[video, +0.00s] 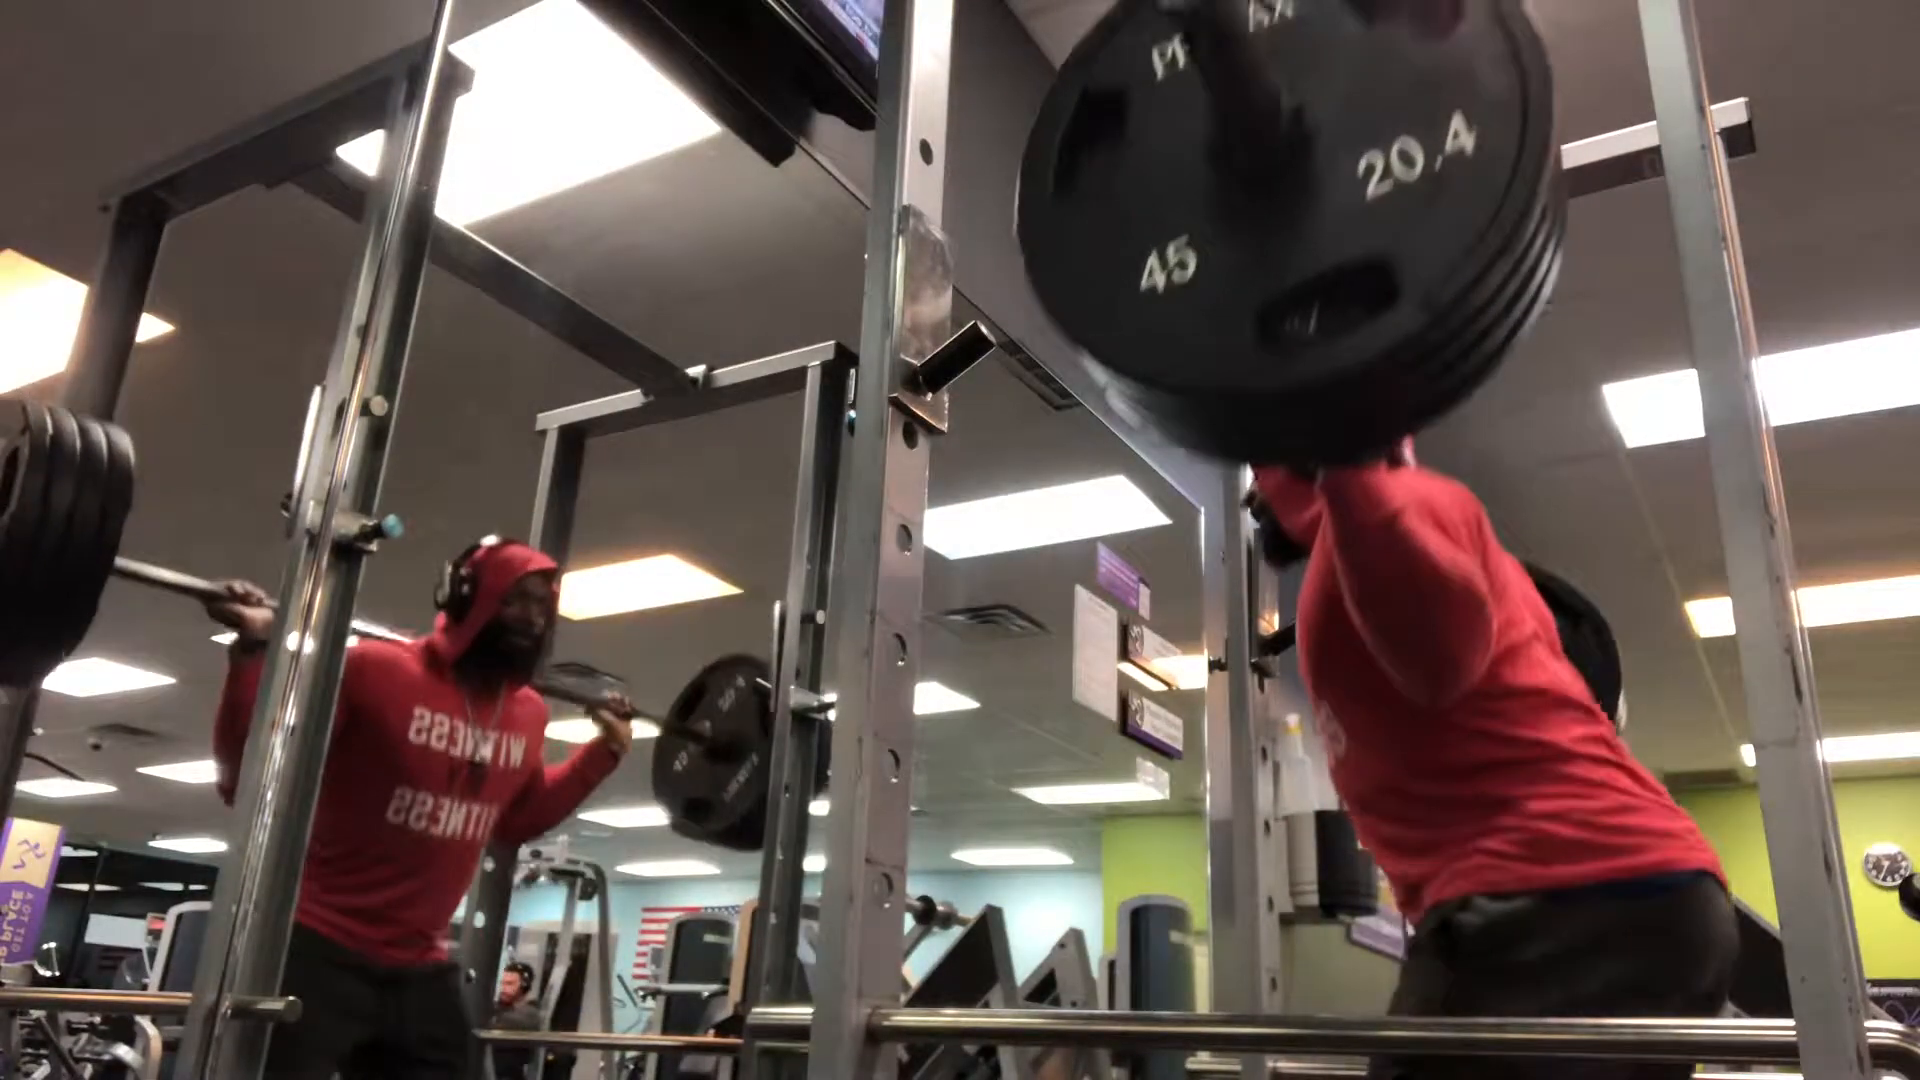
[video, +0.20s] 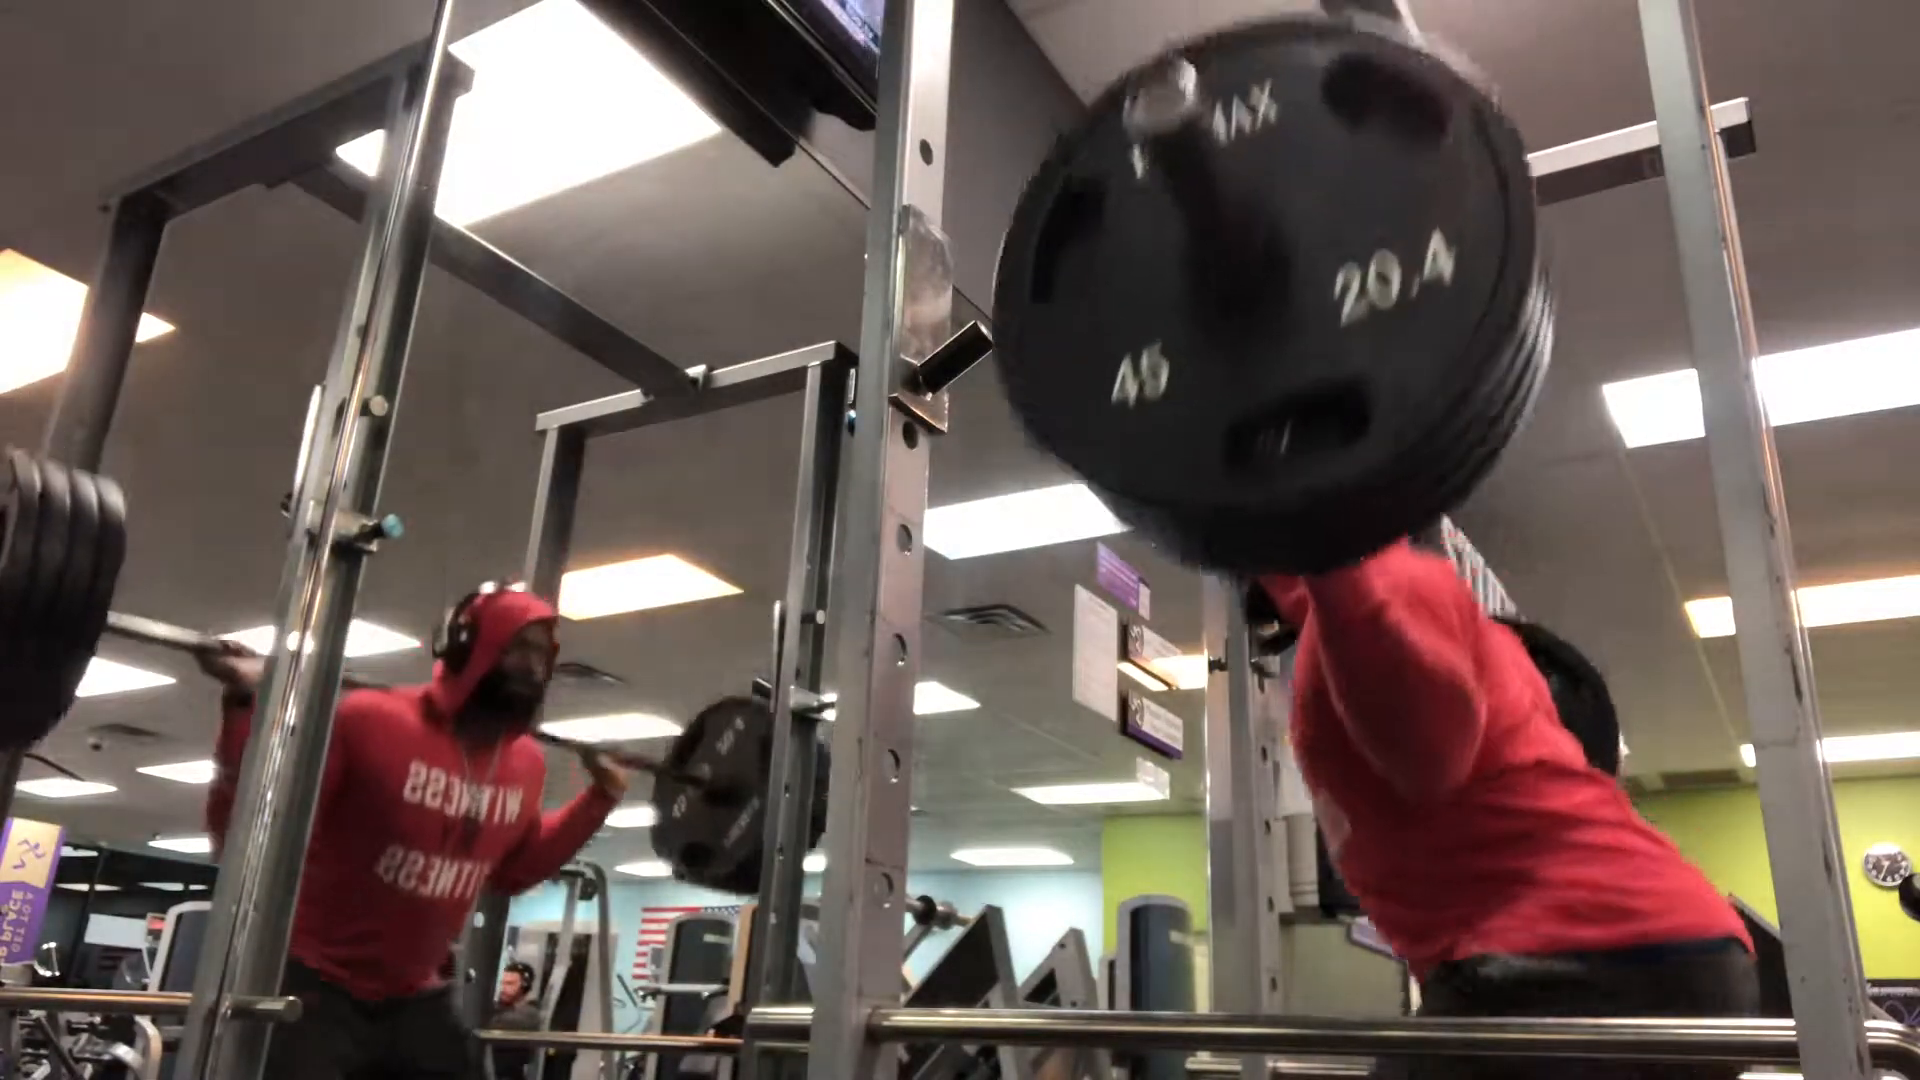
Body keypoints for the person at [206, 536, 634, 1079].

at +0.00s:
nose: (535, 617)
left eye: (545, 604)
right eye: (520, 599)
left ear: (556, 616)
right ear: (474, 600)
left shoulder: (525, 712)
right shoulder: (371, 669)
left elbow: (514, 822)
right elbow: (240, 782)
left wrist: (602, 753)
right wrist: (252, 651)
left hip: (422, 970)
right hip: (317, 951)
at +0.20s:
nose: (536, 668)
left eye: (546, 653)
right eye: (522, 647)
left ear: (551, 664)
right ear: (473, 647)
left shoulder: (525, 763)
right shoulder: (364, 719)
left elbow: (512, 872)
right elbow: (238, 837)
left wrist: (600, 797)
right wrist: (242, 706)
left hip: (422, 1005)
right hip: (316, 993)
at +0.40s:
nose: (535, 724)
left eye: (543, 709)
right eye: (520, 705)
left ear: (547, 720)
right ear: (471, 703)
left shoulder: (519, 818)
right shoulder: (356, 780)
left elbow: (506, 927)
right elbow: (226, 901)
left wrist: (595, 856)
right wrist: (242, 770)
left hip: (410, 1049)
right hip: (307, 1039)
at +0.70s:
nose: (521, 799)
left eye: (531, 784)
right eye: (506, 779)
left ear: (539, 796)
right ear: (459, 777)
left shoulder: (510, 886)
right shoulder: (344, 855)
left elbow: (497, 998)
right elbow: (214, 976)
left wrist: (588, 921)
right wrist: (227, 846)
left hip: (402, 1069)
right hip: (298, 1061)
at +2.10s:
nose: (537, 728)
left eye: (546, 712)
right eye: (520, 708)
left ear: (551, 724)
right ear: (470, 710)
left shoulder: (528, 823)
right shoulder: (363, 791)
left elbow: (517, 925)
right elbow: (245, 900)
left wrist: (604, 855)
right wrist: (248, 773)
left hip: (426, 1044)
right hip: (320, 1034)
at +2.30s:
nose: (546, 660)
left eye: (553, 644)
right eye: (530, 639)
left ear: (557, 657)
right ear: (481, 643)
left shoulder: (536, 755)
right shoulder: (377, 718)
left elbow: (530, 863)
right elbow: (261, 828)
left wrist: (605, 794)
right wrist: (255, 707)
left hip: (437, 993)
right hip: (335, 984)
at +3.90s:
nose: (549, 593)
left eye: (559, 581)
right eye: (535, 573)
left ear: (563, 593)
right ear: (487, 573)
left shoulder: (538, 686)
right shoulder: (385, 642)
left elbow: (528, 795)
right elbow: (262, 752)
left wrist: (612, 723)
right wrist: (270, 632)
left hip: (455, 946)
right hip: (349, 923)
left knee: (450, 1070)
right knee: (319, 1068)